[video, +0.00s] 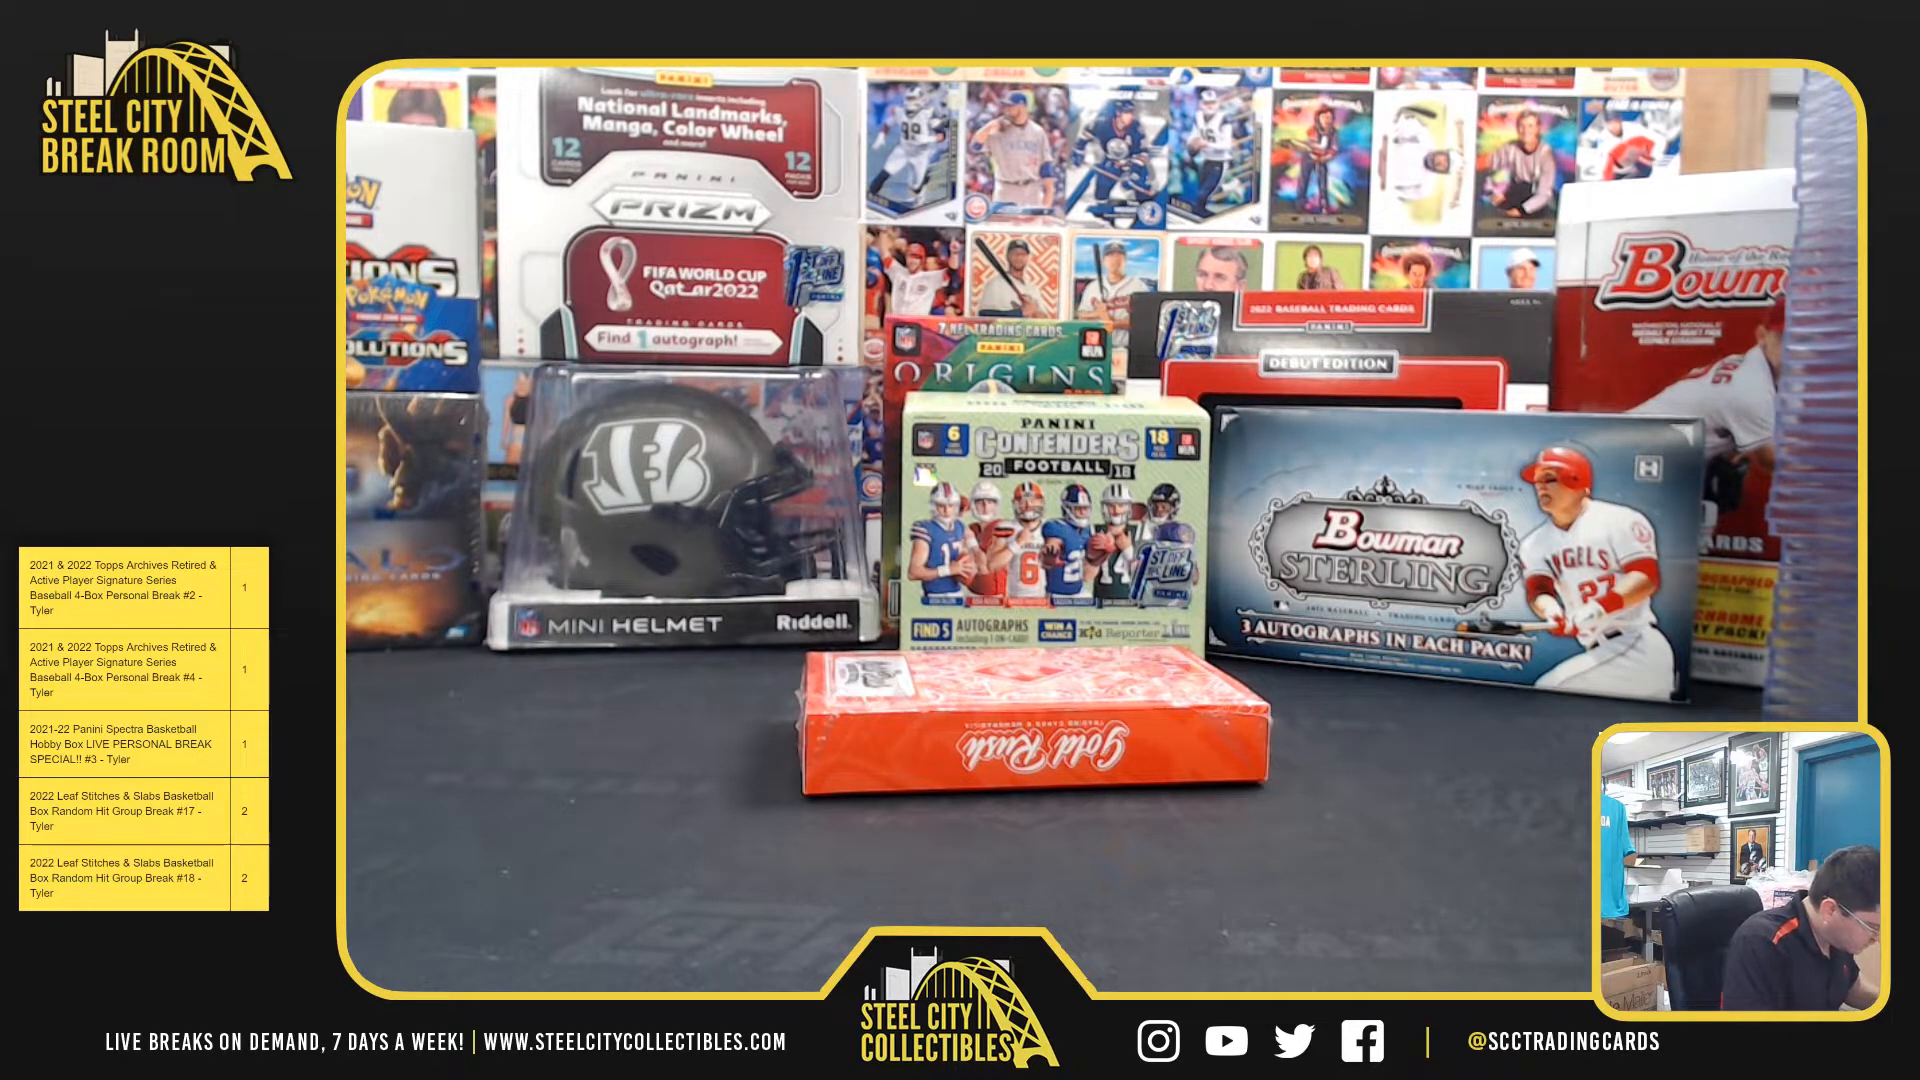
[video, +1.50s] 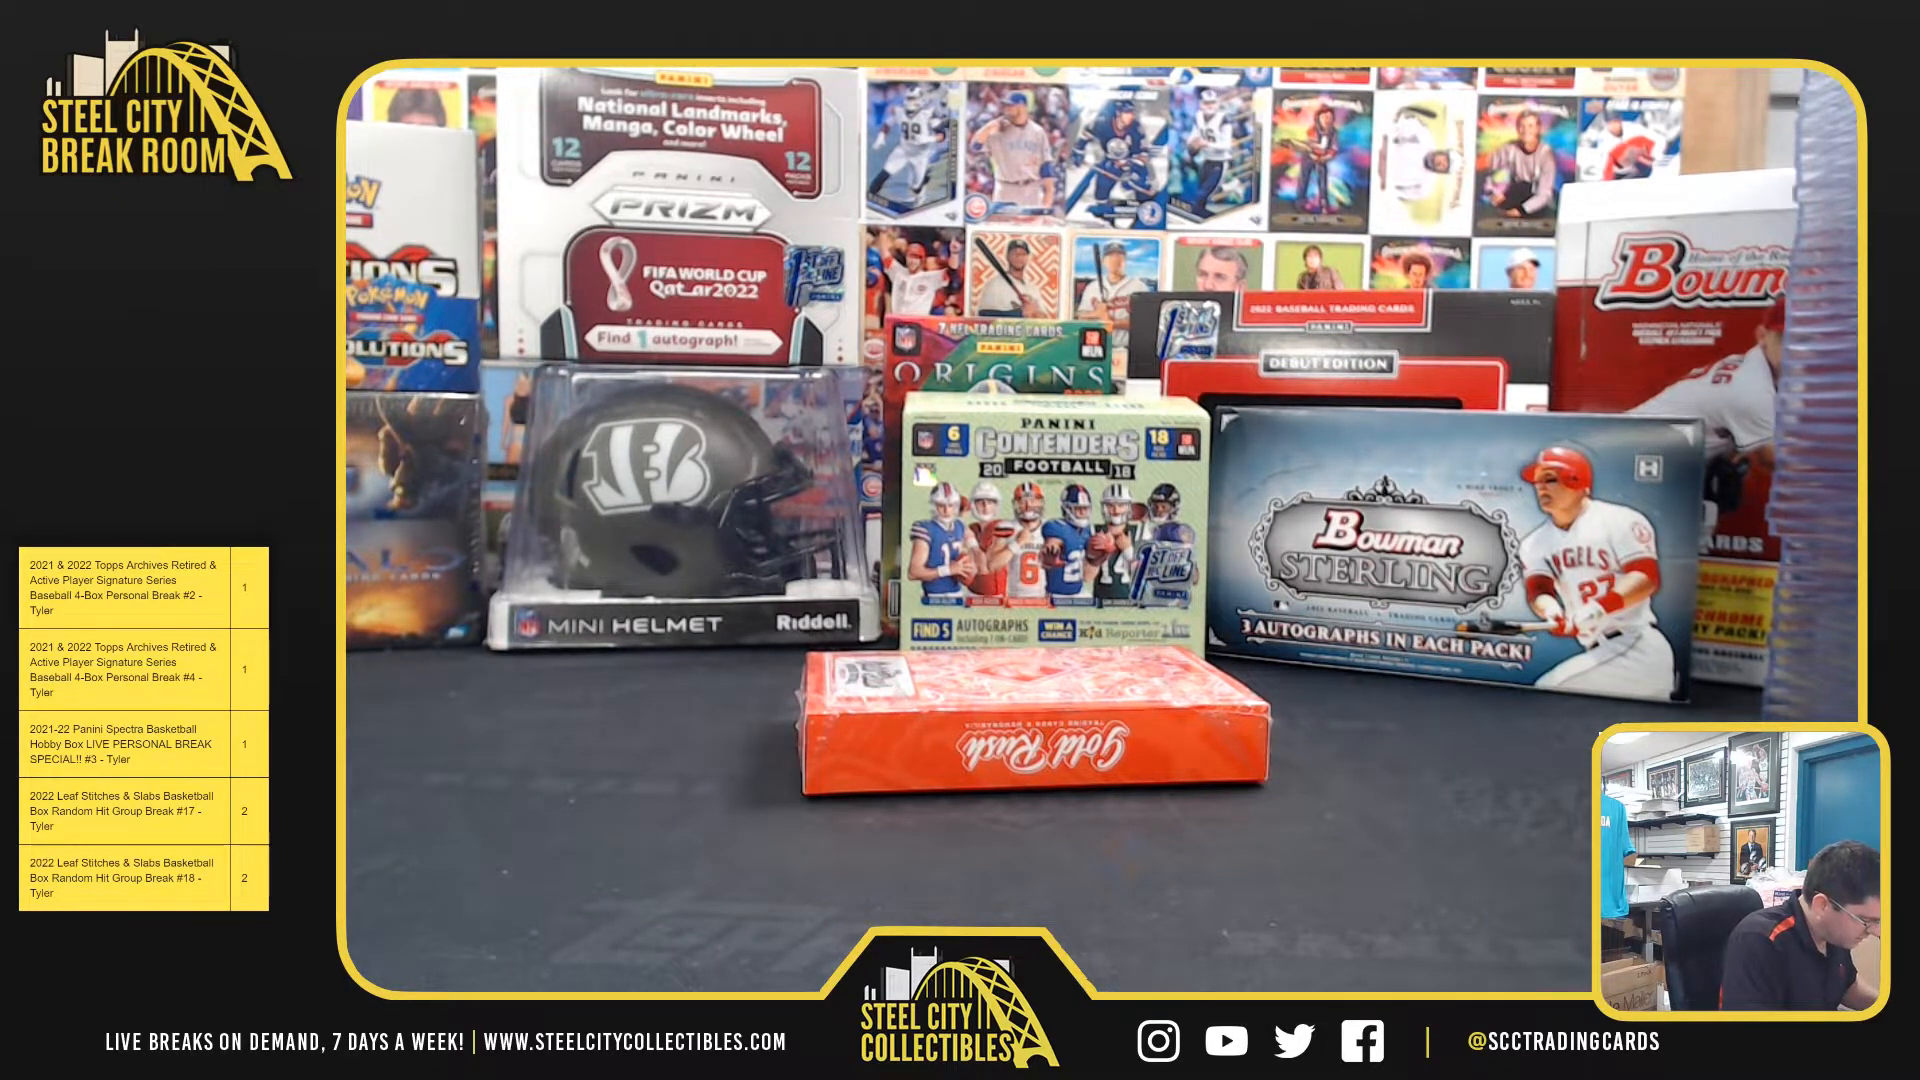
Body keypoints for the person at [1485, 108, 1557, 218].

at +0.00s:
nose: (1526, 131)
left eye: (1530, 126)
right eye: (1522, 126)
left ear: (1538, 129)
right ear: (1517, 129)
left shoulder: (1545, 154)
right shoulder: (1507, 151)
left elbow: (1545, 192)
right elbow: (1491, 178)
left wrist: (1523, 209)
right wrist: (1494, 194)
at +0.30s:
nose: (1526, 131)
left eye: (1530, 126)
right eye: (1522, 126)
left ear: (1538, 129)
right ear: (1517, 129)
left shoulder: (1545, 154)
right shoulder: (1507, 151)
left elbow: (1545, 192)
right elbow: (1491, 178)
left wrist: (1523, 209)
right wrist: (1494, 194)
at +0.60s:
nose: (1526, 130)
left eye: (1530, 126)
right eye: (1522, 126)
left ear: (1539, 129)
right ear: (1517, 129)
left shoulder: (1545, 154)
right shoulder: (1507, 151)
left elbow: (1545, 192)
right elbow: (1491, 178)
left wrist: (1523, 209)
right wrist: (1494, 193)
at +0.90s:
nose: (1526, 130)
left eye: (1531, 126)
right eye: (1522, 126)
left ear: (1539, 129)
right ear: (1517, 129)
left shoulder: (1545, 154)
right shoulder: (1506, 151)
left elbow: (1545, 192)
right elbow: (1490, 179)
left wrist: (1523, 209)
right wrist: (1494, 194)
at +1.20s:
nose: (1526, 131)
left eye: (1531, 126)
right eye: (1522, 126)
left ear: (1539, 129)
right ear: (1517, 130)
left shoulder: (1545, 154)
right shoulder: (1506, 151)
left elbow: (1545, 192)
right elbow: (1490, 178)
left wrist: (1523, 210)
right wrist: (1494, 194)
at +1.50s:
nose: (1526, 130)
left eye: (1531, 126)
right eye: (1522, 126)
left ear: (1539, 129)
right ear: (1517, 130)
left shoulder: (1545, 154)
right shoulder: (1506, 151)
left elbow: (1545, 192)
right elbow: (1490, 179)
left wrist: (1523, 209)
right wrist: (1494, 194)